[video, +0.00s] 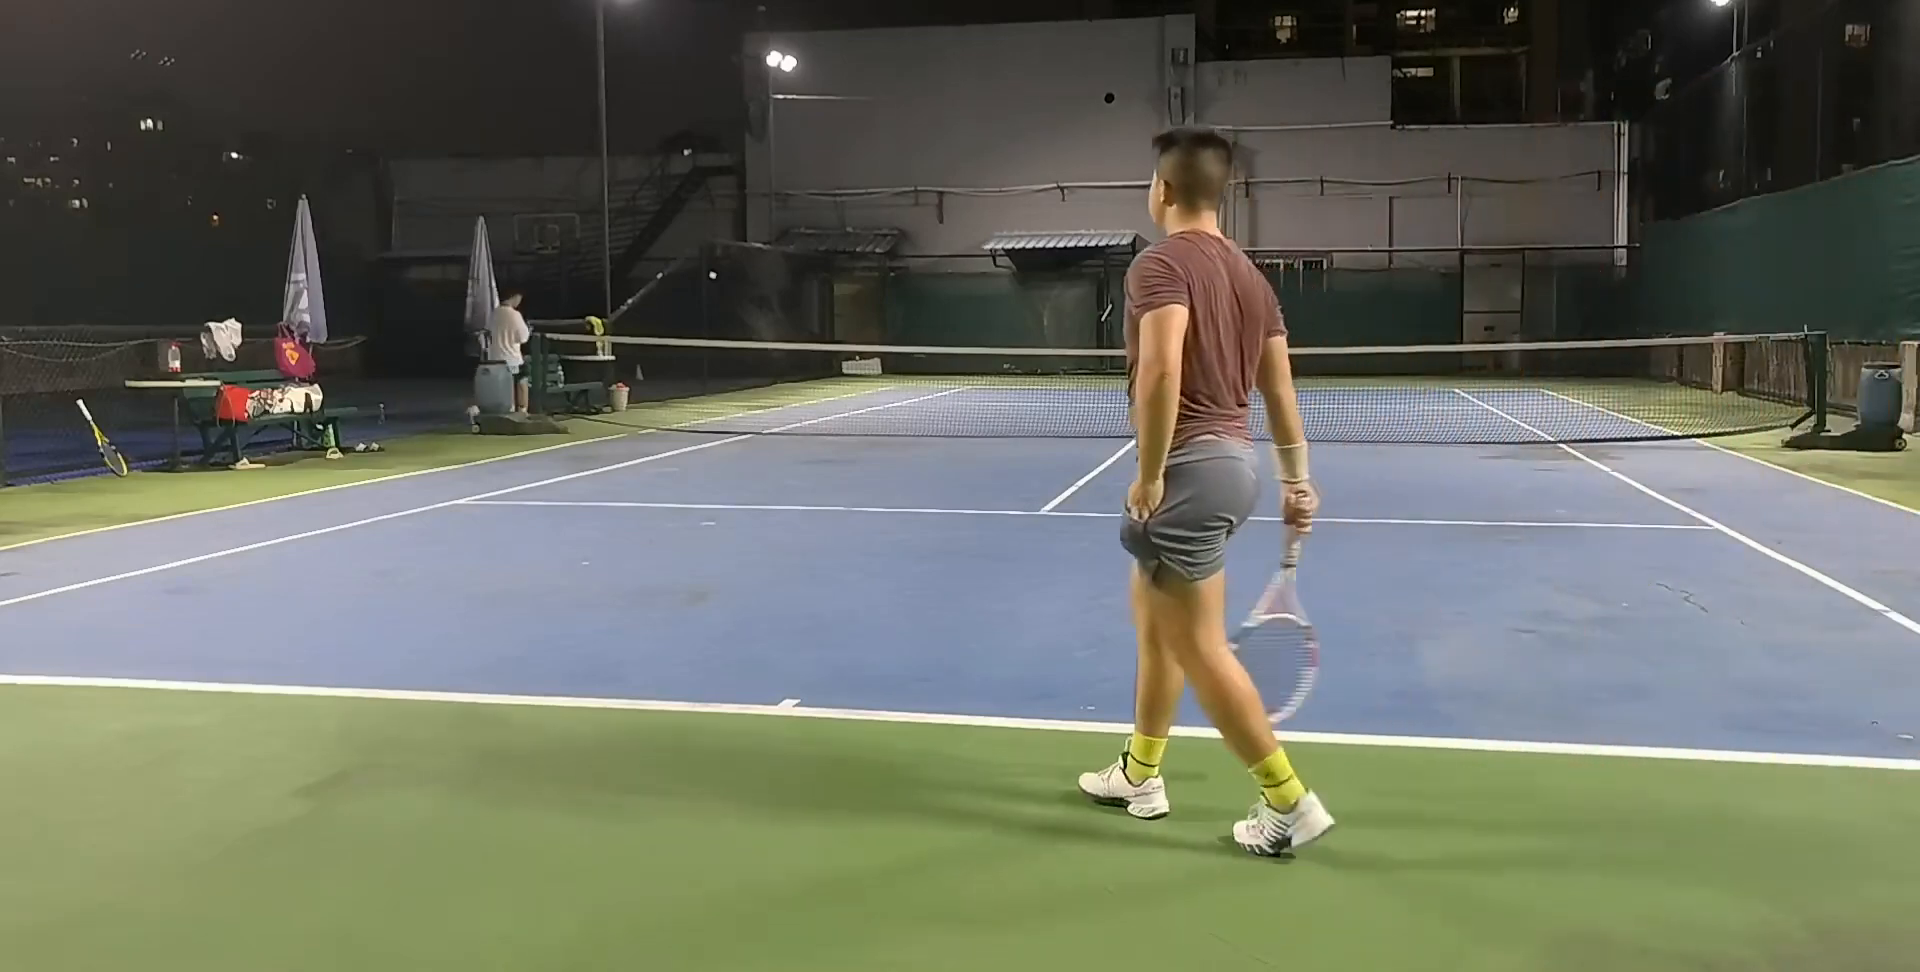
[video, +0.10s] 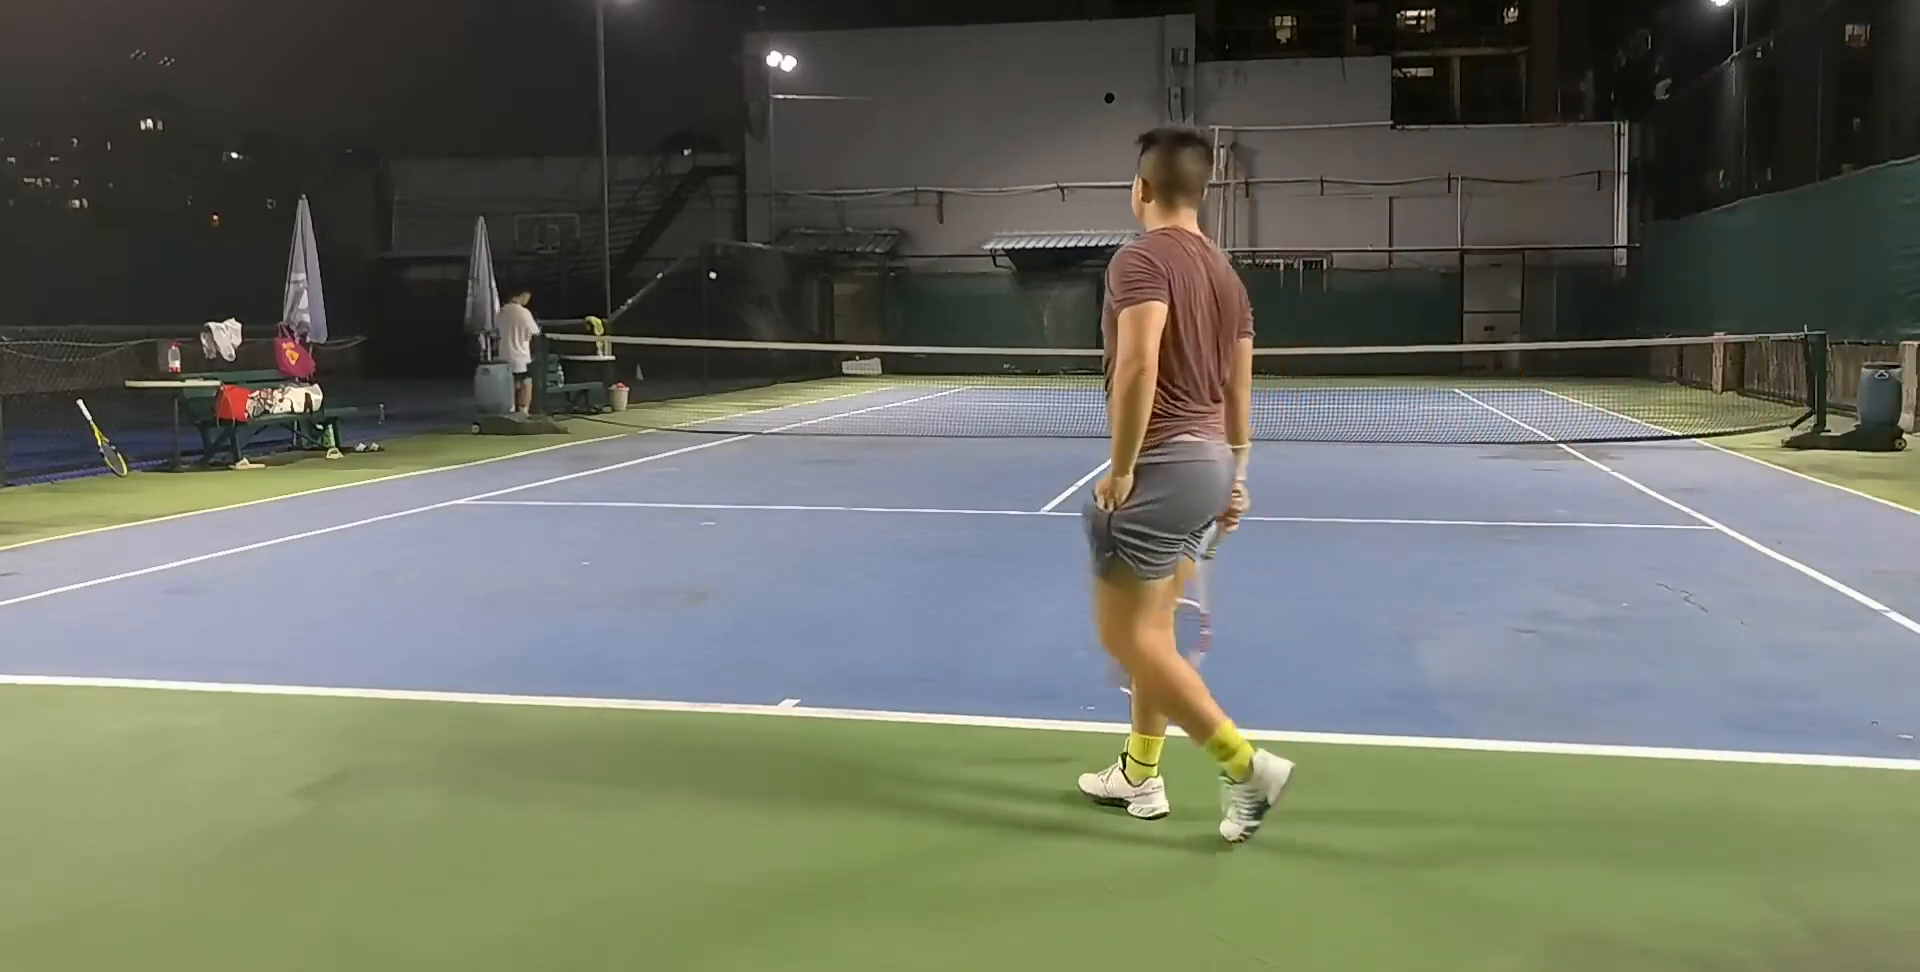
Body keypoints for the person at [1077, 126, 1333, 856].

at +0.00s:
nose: (1147, 195)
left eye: (1151, 187)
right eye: (1152, 185)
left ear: (1161, 192)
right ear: (1220, 196)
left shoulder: (1161, 263)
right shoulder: (1253, 277)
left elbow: (1160, 375)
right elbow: (1279, 391)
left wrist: (1147, 475)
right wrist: (1296, 477)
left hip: (1185, 466)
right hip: (1239, 464)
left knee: (1200, 647)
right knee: (1152, 605)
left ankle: (1288, 801)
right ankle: (1141, 772)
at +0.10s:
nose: (1133, 195)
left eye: (1134, 187)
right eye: (1138, 187)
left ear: (1142, 189)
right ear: (1203, 193)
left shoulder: (1140, 259)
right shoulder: (1227, 277)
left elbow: (1137, 368)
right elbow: (1237, 389)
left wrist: (1119, 468)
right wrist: (1235, 472)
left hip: (1160, 460)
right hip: (1215, 459)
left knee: (1126, 636)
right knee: (1153, 621)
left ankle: (1245, 763)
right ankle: (1139, 772)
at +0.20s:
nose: (1114, 196)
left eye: (1115, 186)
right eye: (1121, 186)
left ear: (1123, 189)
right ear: (1181, 189)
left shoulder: (1124, 258)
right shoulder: (1205, 271)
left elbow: (1121, 368)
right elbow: (1203, 389)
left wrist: (1097, 464)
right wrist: (1172, 456)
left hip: (1138, 457)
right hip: (1191, 456)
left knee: (1075, 618)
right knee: (1151, 617)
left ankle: (1183, 750)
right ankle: (1141, 768)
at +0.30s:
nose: (1093, 194)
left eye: (1094, 184)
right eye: (1101, 184)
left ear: (1102, 188)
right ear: (1161, 190)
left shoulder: (1108, 257)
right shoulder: (1180, 268)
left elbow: (1109, 362)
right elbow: (1176, 378)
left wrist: (1077, 460)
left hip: (1119, 453)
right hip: (1174, 453)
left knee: (1044, 604)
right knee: (1147, 613)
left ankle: (1099, 760)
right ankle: (1142, 774)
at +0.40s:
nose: (1069, 197)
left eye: (1069, 189)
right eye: (1074, 190)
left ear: (1076, 191)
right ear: (1140, 193)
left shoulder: (1084, 261)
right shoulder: (1161, 270)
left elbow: (1093, 364)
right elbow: (1158, 375)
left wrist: (1060, 458)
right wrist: (1098, 437)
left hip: (1098, 457)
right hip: (1154, 454)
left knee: (1032, 606)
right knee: (1137, 613)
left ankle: (1019, 770)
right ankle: (1141, 775)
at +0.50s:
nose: (1044, 204)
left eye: (1044, 195)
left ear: (1049, 197)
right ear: (1113, 198)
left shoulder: (1056, 269)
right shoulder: (1136, 273)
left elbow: (1068, 370)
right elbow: (1129, 379)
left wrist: (1040, 459)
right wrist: (1051, 434)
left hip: (1076, 461)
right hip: (1134, 455)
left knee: (1016, 615)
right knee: (1126, 615)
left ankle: (970, 757)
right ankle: (1140, 774)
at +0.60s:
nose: (1014, 205)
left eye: (1014, 196)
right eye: (1021, 195)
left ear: (1021, 201)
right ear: (1081, 199)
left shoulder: (1028, 273)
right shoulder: (1112, 275)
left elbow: (1040, 376)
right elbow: (1119, 372)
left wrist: (1008, 462)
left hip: (1048, 461)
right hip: (1112, 457)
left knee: (996, 615)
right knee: (1108, 614)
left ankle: (964, 757)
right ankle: (1137, 769)